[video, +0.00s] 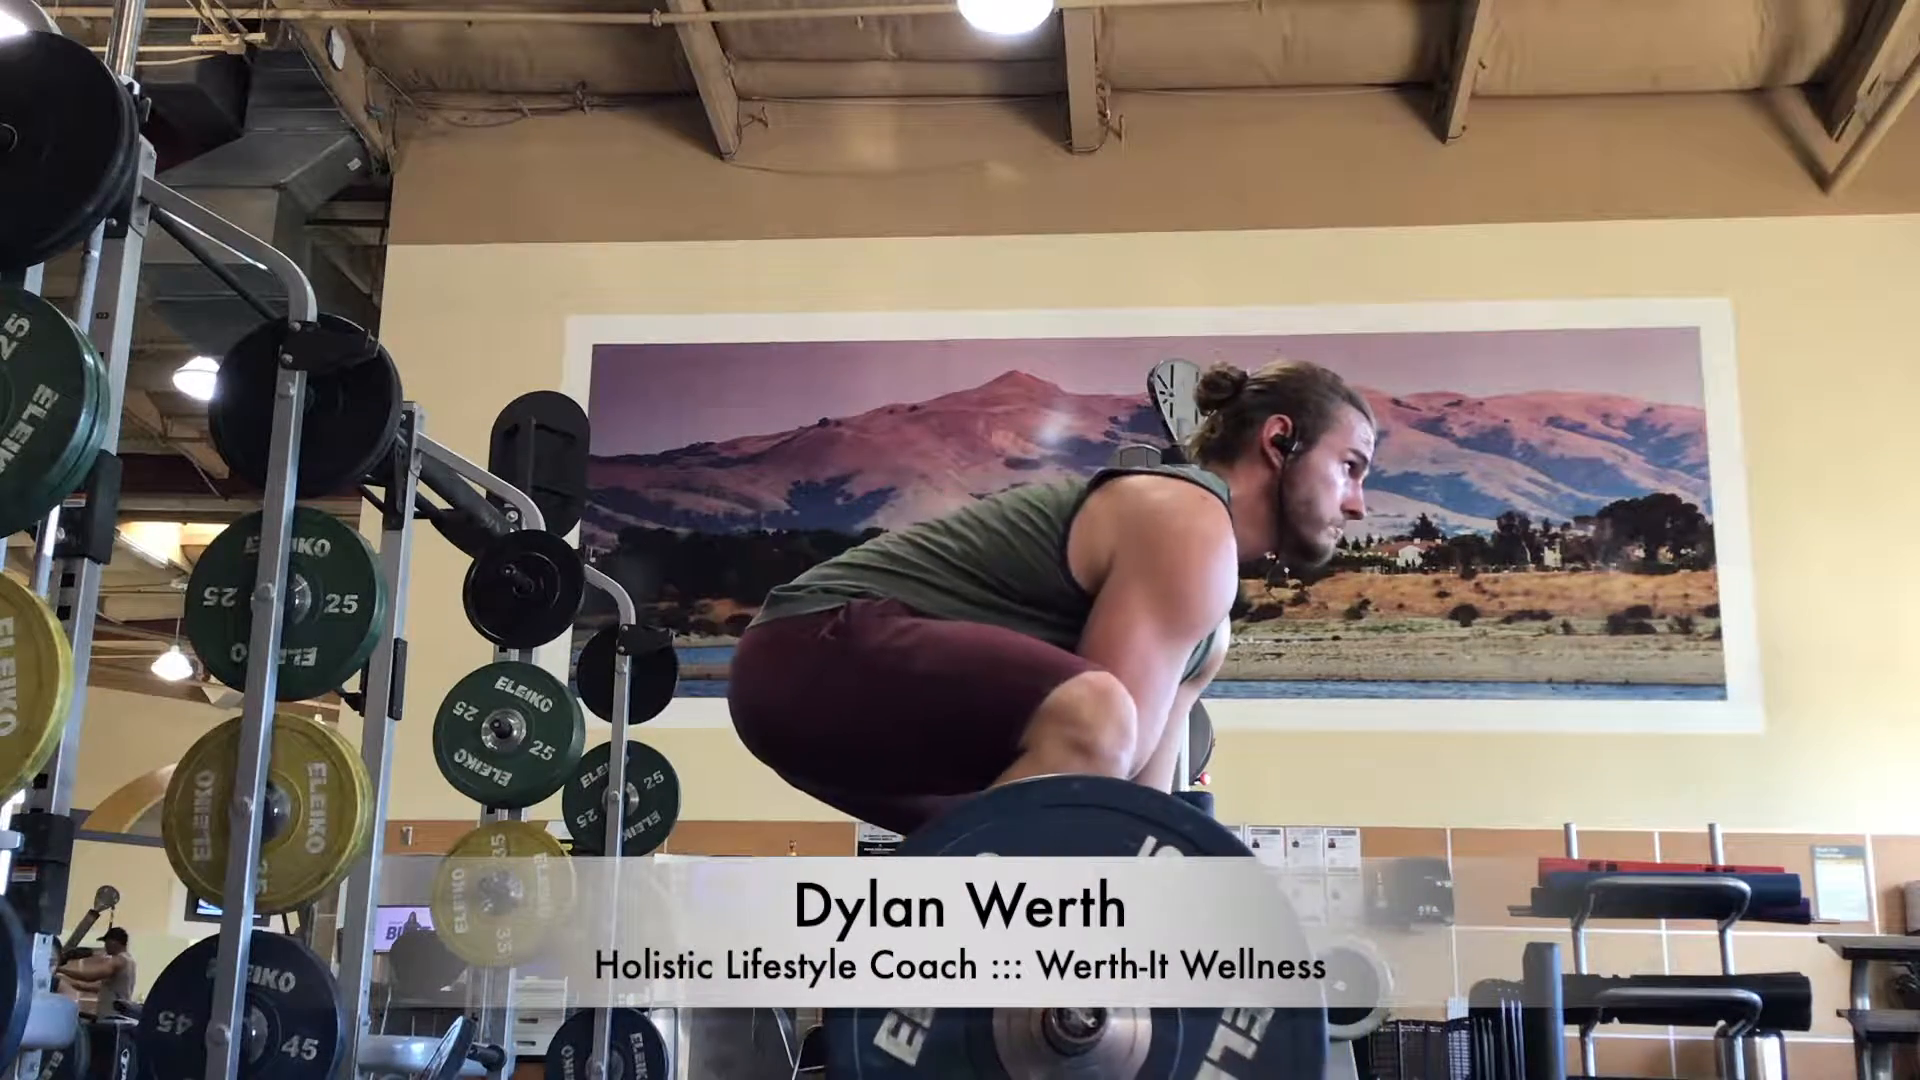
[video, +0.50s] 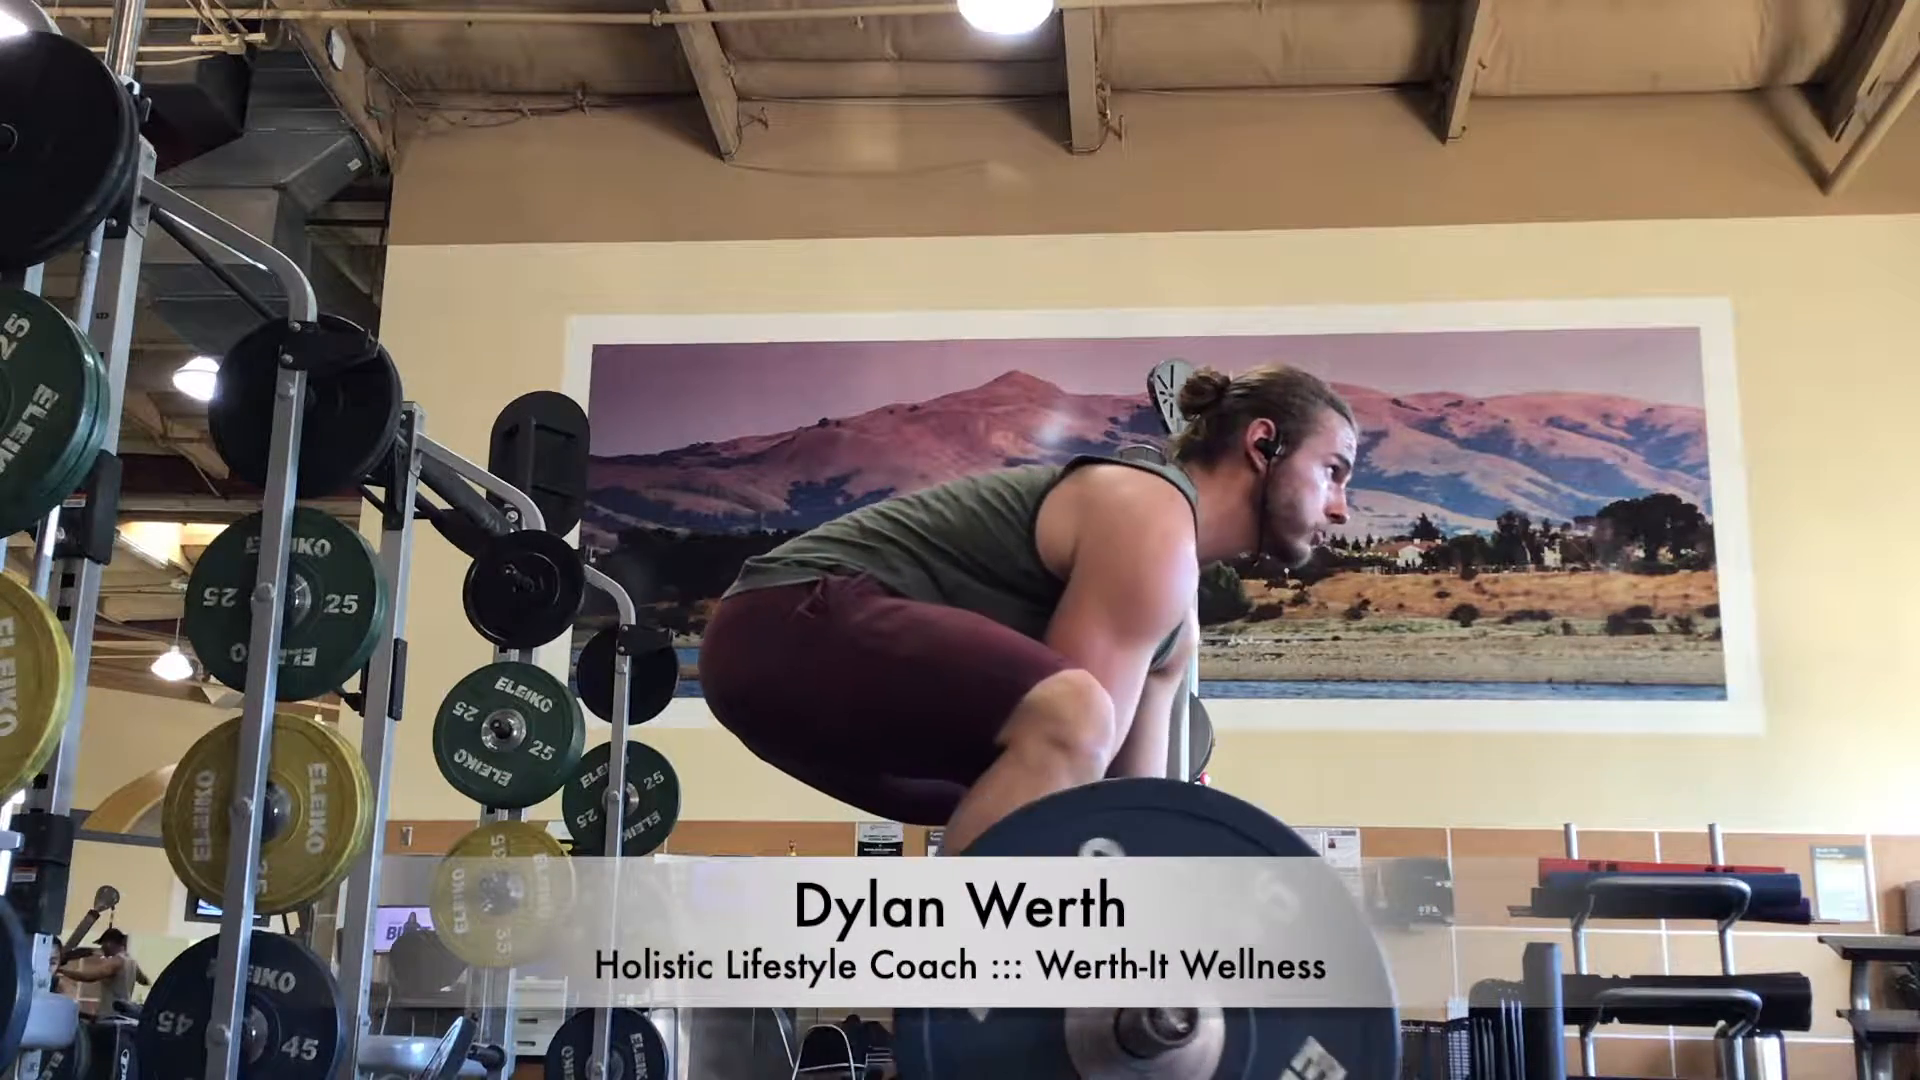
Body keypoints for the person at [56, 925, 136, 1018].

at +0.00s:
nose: (105, 946)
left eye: (107, 942)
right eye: (105, 942)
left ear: (114, 942)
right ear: (119, 943)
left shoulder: (119, 960)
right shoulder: (128, 961)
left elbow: (87, 976)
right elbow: (105, 988)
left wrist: (61, 970)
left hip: (108, 1017)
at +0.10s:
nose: (104, 946)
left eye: (106, 942)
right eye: (104, 943)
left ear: (113, 943)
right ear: (120, 943)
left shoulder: (118, 961)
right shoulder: (128, 961)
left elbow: (87, 977)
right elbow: (118, 988)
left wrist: (61, 970)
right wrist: (94, 989)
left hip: (108, 1017)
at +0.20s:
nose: (103, 946)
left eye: (105, 943)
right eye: (103, 943)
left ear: (111, 943)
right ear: (122, 943)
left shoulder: (117, 961)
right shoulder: (128, 961)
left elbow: (88, 977)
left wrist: (61, 971)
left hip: (107, 1018)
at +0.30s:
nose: (103, 947)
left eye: (104, 944)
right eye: (103, 944)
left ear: (111, 943)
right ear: (122, 943)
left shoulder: (117, 961)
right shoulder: (128, 961)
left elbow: (88, 977)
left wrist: (61, 971)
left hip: (107, 1018)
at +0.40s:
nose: (103, 948)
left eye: (104, 945)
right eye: (102, 945)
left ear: (110, 943)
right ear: (121, 944)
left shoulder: (116, 961)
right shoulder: (130, 962)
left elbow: (88, 977)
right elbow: (137, 982)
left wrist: (61, 971)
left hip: (107, 1017)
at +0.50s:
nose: (102, 948)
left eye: (103, 944)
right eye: (101, 944)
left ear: (112, 943)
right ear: (121, 944)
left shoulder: (115, 961)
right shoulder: (132, 963)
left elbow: (88, 977)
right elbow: (144, 981)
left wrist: (61, 971)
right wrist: (131, 970)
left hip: (106, 1017)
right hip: (123, 1017)